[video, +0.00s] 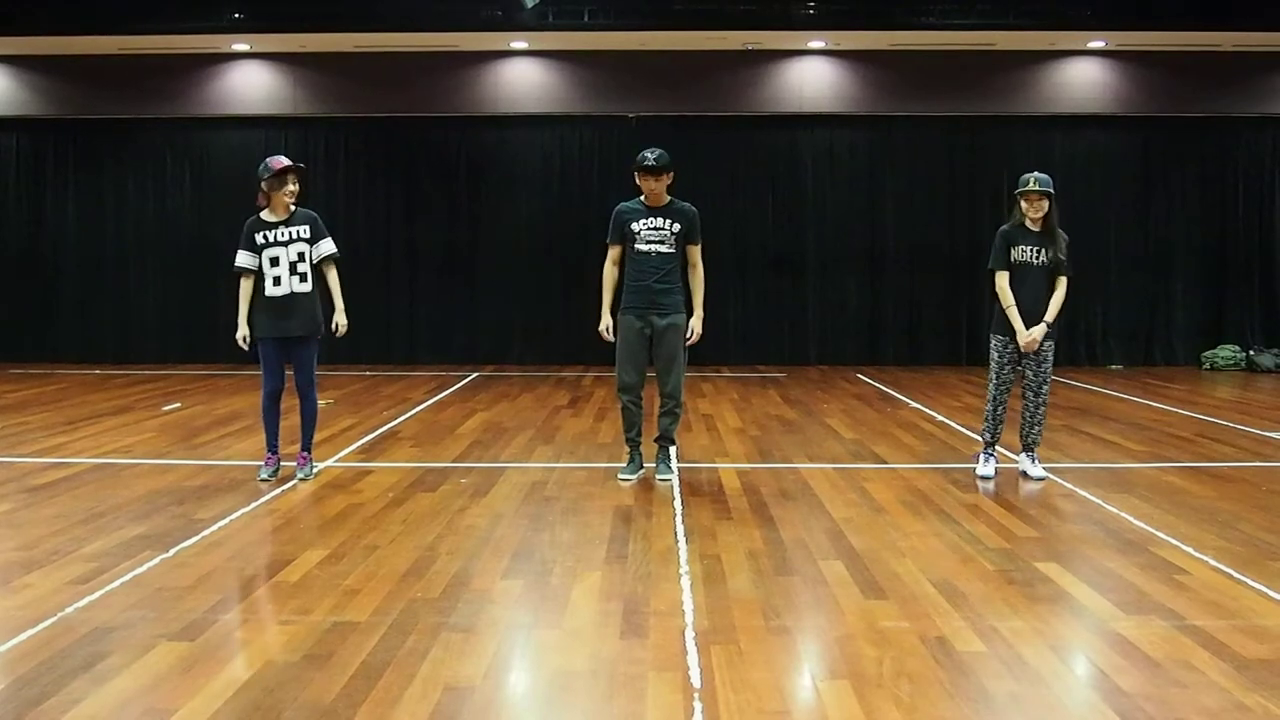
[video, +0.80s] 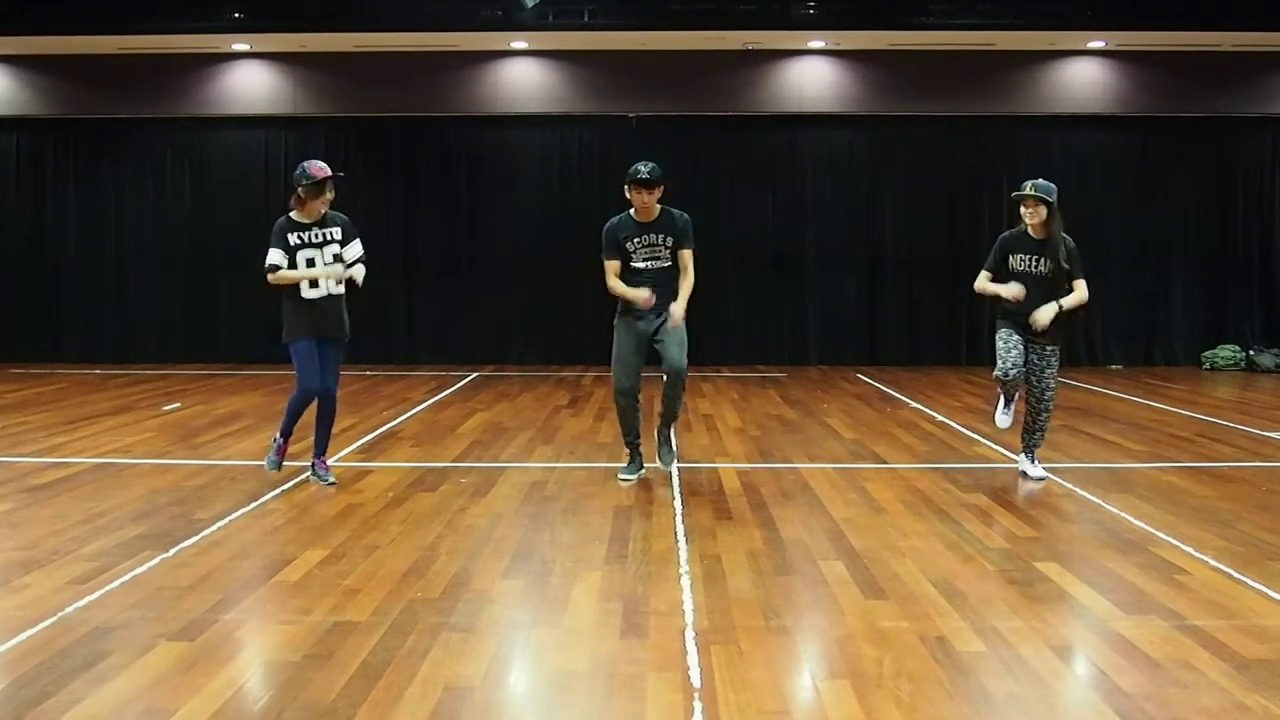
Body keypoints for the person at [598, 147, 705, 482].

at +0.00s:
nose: (650, 181)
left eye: (656, 175)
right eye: (644, 175)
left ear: (669, 177)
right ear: (637, 177)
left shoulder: (686, 214)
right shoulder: (624, 213)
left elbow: (695, 265)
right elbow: (612, 263)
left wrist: (698, 314)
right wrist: (606, 311)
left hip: (672, 315)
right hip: (631, 314)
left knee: (671, 389)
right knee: (628, 387)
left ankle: (667, 451)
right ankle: (633, 454)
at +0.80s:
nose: (644, 196)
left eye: (650, 189)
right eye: (638, 189)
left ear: (660, 190)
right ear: (628, 191)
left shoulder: (678, 223)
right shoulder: (615, 229)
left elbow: (687, 271)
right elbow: (611, 279)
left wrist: (679, 305)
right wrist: (632, 293)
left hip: (669, 313)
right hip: (630, 315)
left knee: (677, 367)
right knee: (623, 386)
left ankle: (666, 430)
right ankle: (633, 453)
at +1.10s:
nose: (659, 185)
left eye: (666, 179)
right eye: (653, 179)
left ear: (676, 182)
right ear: (643, 181)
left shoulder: (690, 218)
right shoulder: (628, 214)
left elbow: (688, 267)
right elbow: (624, 258)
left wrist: (667, 237)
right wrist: (648, 217)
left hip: (679, 315)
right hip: (637, 316)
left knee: (699, 377)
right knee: (630, 387)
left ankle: (689, 446)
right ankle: (634, 454)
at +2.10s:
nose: (693, 176)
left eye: (699, 172)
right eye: (687, 171)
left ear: (706, 181)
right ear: (675, 178)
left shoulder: (722, 221)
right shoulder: (658, 216)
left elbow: (721, 258)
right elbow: (656, 249)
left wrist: (701, 215)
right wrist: (682, 209)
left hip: (707, 317)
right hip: (666, 315)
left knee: (717, 393)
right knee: (657, 391)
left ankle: (718, 456)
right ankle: (659, 456)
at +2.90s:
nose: (686, 173)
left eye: (692, 168)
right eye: (680, 167)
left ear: (704, 175)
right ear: (671, 174)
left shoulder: (723, 212)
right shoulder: (656, 212)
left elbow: (734, 248)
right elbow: (652, 248)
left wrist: (703, 210)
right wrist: (679, 205)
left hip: (715, 313)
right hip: (672, 317)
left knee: (737, 368)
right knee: (671, 394)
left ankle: (716, 436)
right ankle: (678, 463)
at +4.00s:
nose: (703, 178)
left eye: (709, 173)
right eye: (696, 172)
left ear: (719, 179)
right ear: (685, 178)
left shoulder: (733, 215)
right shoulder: (678, 214)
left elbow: (739, 255)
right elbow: (670, 249)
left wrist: (718, 217)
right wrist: (689, 206)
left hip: (722, 318)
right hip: (684, 318)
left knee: (729, 398)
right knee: (681, 398)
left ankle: (723, 465)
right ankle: (679, 468)